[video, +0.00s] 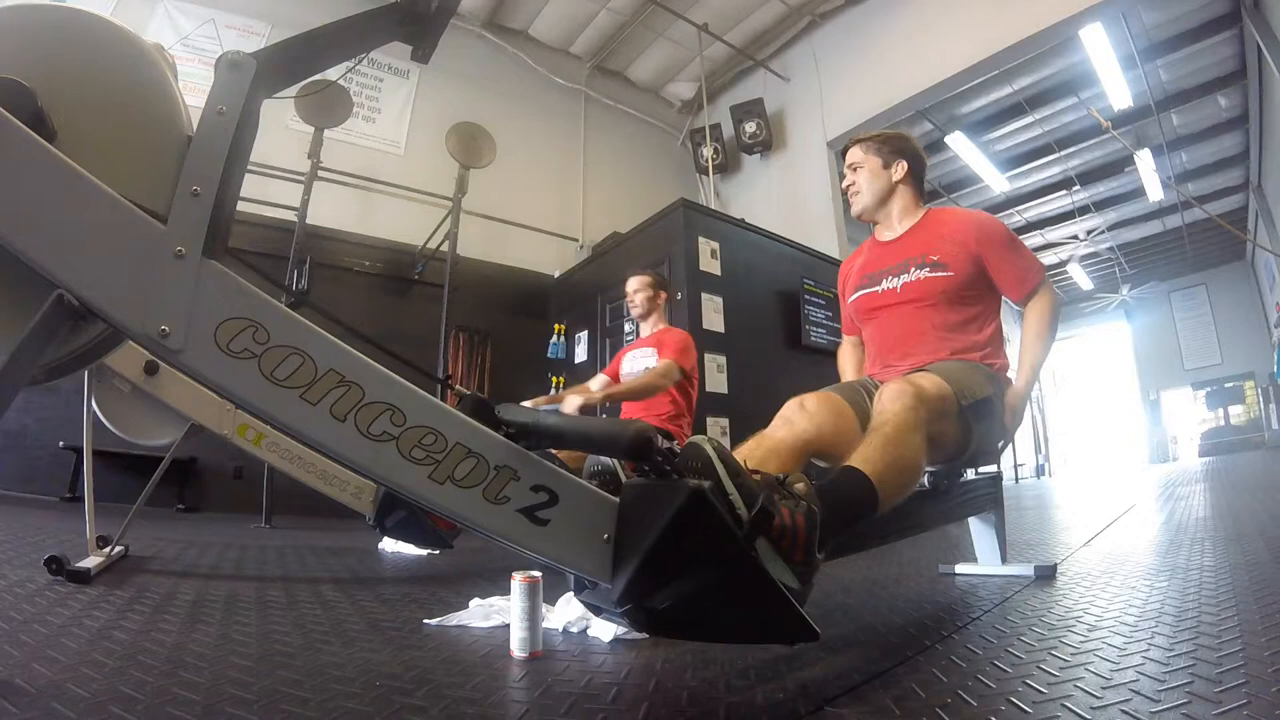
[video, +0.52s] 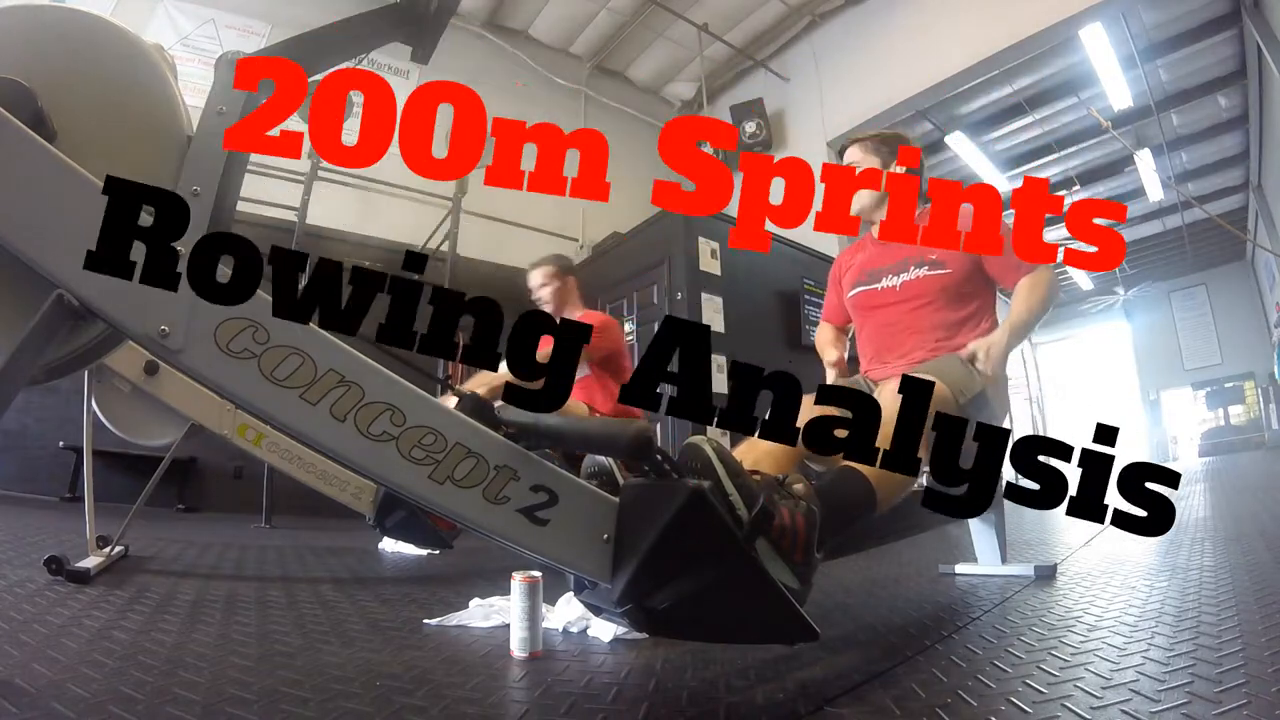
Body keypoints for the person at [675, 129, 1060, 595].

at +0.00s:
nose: (845, 181)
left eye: (856, 167)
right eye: (845, 174)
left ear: (898, 170)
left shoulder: (972, 227)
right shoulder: (852, 267)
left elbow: (1040, 296)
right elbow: (851, 343)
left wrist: (1021, 388)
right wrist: (856, 399)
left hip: (970, 376)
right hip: (880, 392)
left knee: (903, 398)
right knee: (801, 415)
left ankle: (815, 516)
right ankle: (696, 493)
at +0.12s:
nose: (844, 182)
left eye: (855, 169)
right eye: (844, 174)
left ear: (897, 170)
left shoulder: (971, 226)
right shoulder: (850, 264)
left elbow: (1041, 285)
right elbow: (842, 343)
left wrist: (1017, 381)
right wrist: (855, 400)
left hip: (968, 387)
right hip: (881, 399)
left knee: (902, 396)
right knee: (802, 417)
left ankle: (822, 532)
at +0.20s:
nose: (844, 182)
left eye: (854, 169)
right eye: (843, 174)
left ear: (896, 171)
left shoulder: (970, 227)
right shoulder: (847, 266)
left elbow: (1039, 285)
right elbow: (838, 339)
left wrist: (1018, 368)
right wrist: (849, 394)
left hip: (962, 384)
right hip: (877, 393)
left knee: (903, 424)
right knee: (798, 421)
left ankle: (810, 513)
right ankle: (708, 486)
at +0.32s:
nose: (843, 182)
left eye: (853, 167)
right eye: (842, 172)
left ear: (895, 169)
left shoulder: (969, 226)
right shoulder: (846, 264)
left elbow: (1038, 284)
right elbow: (834, 335)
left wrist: (1012, 357)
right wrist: (846, 383)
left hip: (966, 369)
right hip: (878, 391)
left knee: (916, 401)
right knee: (795, 421)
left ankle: (811, 512)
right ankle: (704, 494)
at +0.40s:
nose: (844, 180)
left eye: (856, 166)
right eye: (843, 171)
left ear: (897, 169)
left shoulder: (969, 226)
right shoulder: (847, 263)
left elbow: (1038, 284)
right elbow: (833, 335)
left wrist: (1011, 352)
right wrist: (844, 379)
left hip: (963, 368)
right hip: (875, 390)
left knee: (905, 408)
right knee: (793, 420)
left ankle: (812, 511)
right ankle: (713, 494)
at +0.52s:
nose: (845, 181)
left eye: (856, 169)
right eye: (846, 171)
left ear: (896, 172)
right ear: (858, 180)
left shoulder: (960, 223)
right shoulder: (848, 261)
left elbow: (1038, 276)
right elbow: (830, 330)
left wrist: (1005, 337)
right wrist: (835, 357)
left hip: (956, 361)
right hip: (874, 386)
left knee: (910, 411)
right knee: (802, 419)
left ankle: (808, 506)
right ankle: (717, 494)